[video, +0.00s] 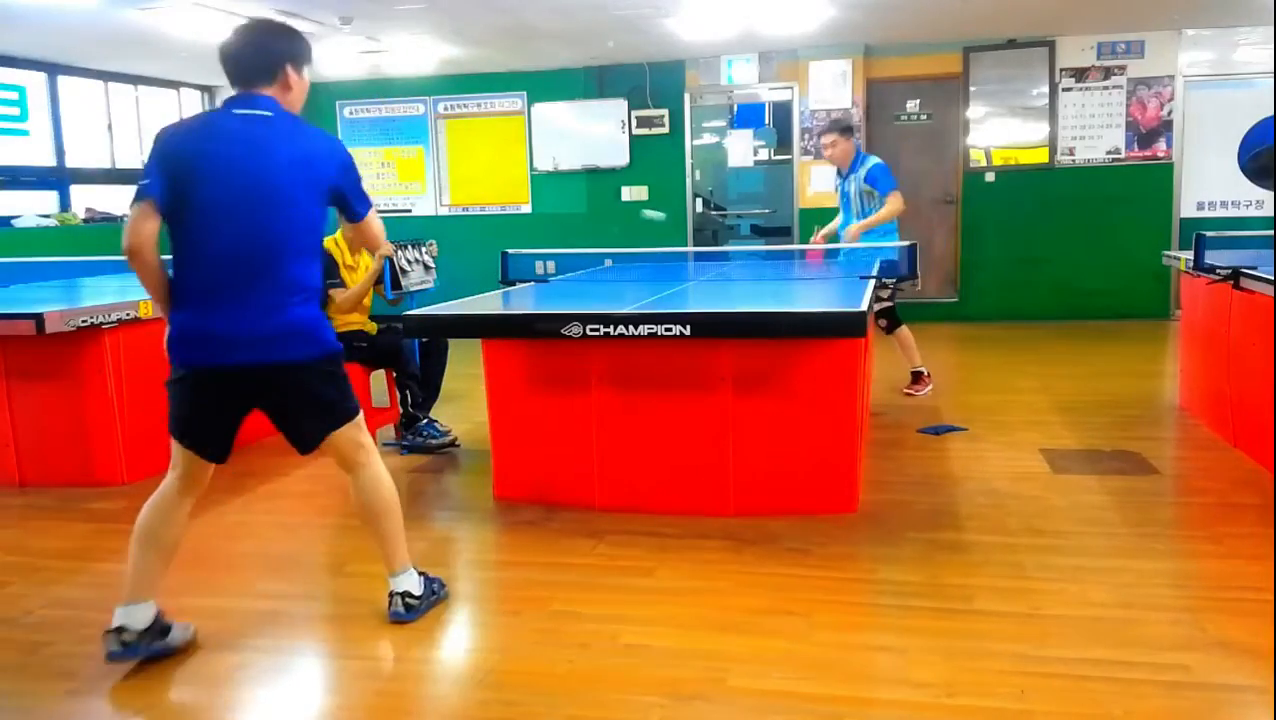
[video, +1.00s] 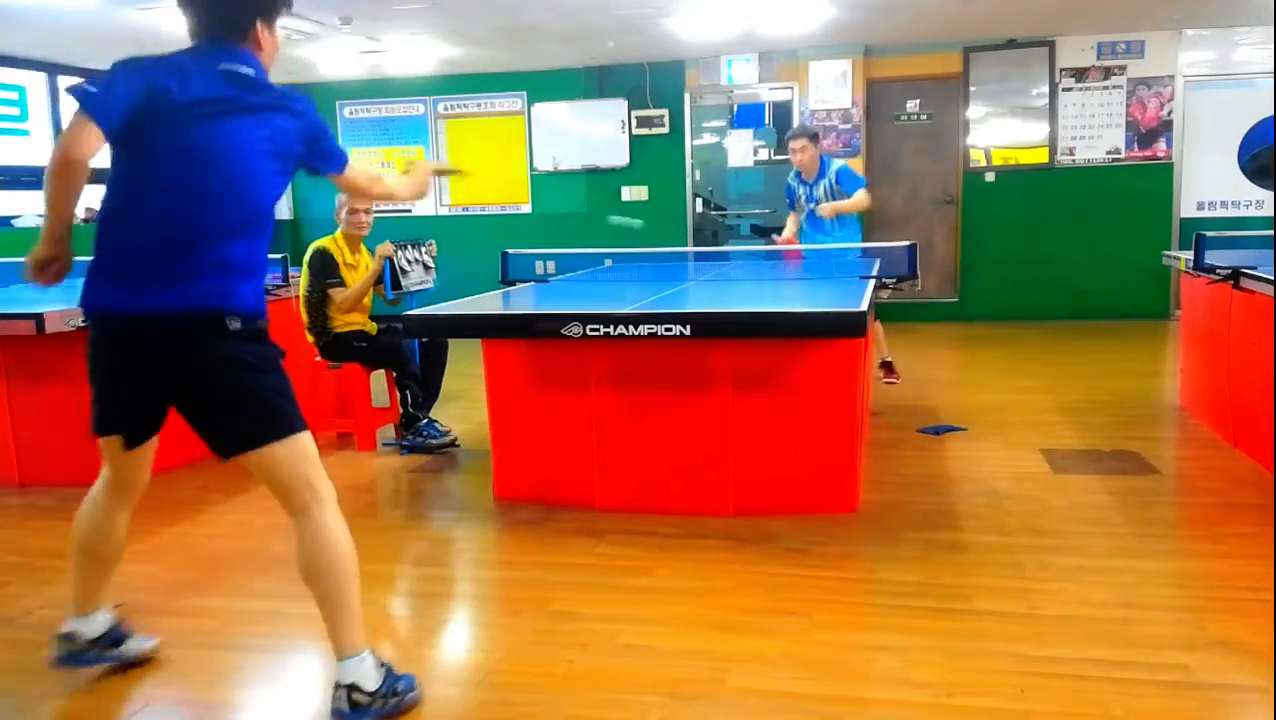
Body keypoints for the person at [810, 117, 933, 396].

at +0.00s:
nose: (827, 153)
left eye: (832, 146)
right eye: (824, 148)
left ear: (850, 142)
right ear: (825, 149)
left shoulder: (873, 167)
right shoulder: (841, 175)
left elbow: (896, 204)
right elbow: (847, 213)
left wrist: (860, 227)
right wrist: (827, 231)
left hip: (880, 259)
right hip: (851, 259)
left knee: (885, 315)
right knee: (847, 318)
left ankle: (919, 372)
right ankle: (846, 382)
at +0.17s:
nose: (823, 163)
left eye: (828, 156)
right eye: (819, 158)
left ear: (846, 151)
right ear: (817, 160)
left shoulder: (869, 173)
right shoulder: (833, 186)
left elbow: (895, 208)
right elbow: (843, 217)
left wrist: (863, 216)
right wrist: (833, 234)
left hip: (883, 261)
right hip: (854, 262)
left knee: (885, 317)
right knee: (847, 319)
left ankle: (919, 372)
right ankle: (846, 382)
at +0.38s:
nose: (835, 160)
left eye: (840, 152)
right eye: (830, 155)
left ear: (853, 148)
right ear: (826, 155)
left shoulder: (879, 161)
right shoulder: (828, 177)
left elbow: (917, 173)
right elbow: (821, 200)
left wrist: (914, 183)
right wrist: (818, 206)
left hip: (891, 249)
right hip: (855, 254)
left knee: (900, 309)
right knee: (851, 317)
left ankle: (920, 372)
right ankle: (849, 381)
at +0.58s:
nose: (831, 154)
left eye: (836, 147)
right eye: (825, 149)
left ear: (849, 143)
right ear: (820, 150)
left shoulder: (866, 158)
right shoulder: (819, 176)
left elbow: (886, 174)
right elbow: (830, 216)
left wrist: (909, 194)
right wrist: (840, 202)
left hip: (878, 248)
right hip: (841, 254)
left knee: (894, 306)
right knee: (842, 313)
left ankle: (916, 369)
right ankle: (843, 377)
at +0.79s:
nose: (808, 159)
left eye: (813, 152)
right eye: (803, 154)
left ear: (828, 149)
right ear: (798, 154)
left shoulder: (847, 166)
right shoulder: (795, 179)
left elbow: (890, 171)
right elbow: (783, 215)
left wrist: (901, 185)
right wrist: (790, 223)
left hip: (854, 254)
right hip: (816, 259)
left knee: (875, 306)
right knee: (817, 314)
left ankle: (890, 363)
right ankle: (821, 369)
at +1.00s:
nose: (797, 158)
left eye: (802, 151)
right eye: (792, 152)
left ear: (818, 148)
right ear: (789, 154)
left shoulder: (839, 171)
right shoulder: (794, 181)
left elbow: (864, 200)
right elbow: (795, 213)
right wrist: (789, 233)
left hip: (846, 257)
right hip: (813, 258)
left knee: (864, 309)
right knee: (814, 311)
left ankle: (885, 360)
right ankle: (818, 365)